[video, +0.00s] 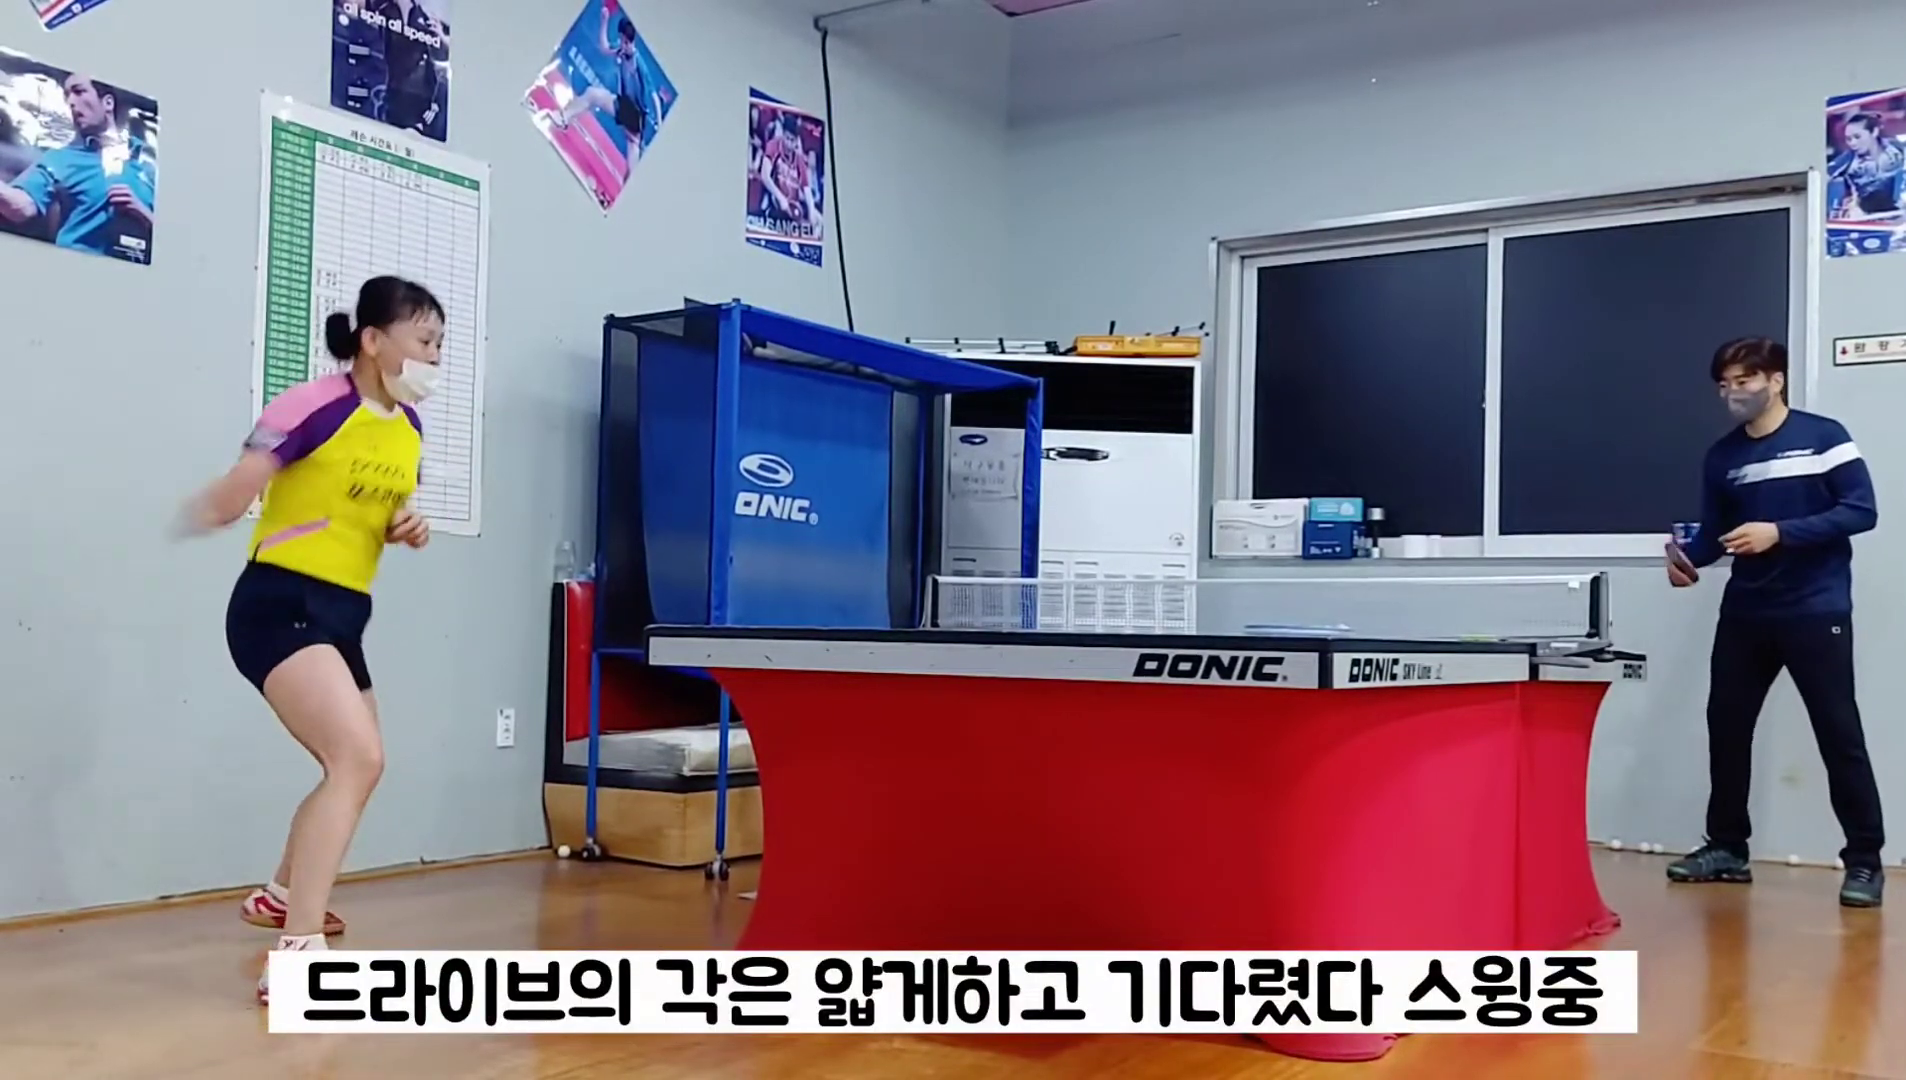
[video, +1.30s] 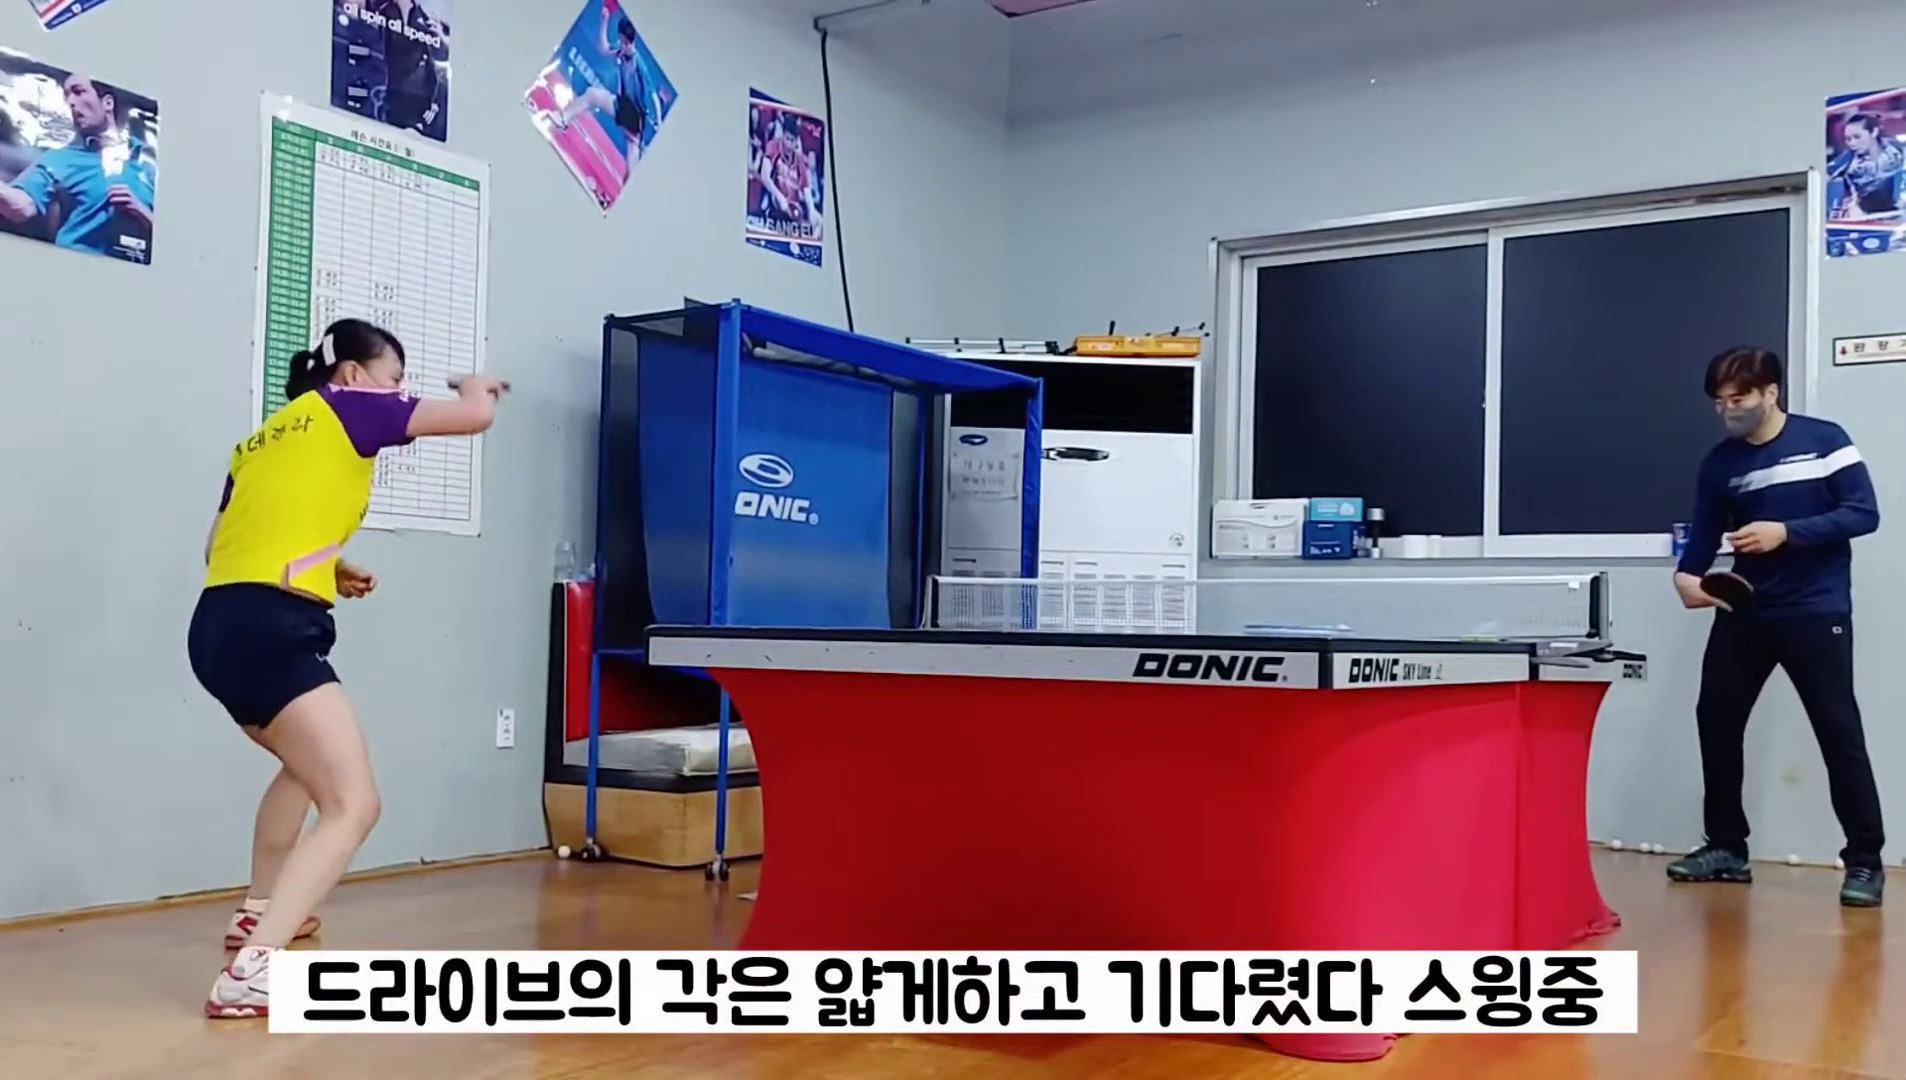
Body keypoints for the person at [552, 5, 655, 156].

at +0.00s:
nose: (622, 41)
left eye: (624, 39)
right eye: (621, 38)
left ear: (627, 39)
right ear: (621, 38)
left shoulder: (630, 55)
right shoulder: (621, 53)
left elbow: (631, 54)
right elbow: (604, 49)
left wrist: (628, 49)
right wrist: (604, 22)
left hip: (628, 107)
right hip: (637, 114)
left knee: (592, 94)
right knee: (633, 143)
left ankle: (563, 117)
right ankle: (630, 176)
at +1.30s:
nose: (622, 43)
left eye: (624, 40)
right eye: (622, 40)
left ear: (628, 41)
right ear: (622, 40)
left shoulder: (632, 56)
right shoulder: (621, 54)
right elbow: (604, 49)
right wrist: (604, 22)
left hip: (628, 109)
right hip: (636, 115)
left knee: (593, 94)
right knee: (632, 164)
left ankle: (563, 118)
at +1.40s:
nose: (621, 42)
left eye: (623, 39)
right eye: (621, 38)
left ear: (627, 39)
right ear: (623, 38)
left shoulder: (629, 53)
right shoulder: (623, 52)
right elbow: (604, 49)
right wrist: (604, 22)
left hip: (628, 109)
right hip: (637, 116)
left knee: (593, 94)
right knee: (633, 163)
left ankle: (564, 118)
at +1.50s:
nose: (622, 43)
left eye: (624, 40)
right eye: (621, 39)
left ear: (628, 41)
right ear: (622, 39)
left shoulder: (631, 55)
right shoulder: (623, 52)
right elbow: (604, 50)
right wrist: (604, 22)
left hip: (628, 109)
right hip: (637, 115)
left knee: (593, 94)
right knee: (632, 163)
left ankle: (563, 118)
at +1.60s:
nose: (621, 42)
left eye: (623, 39)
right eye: (621, 39)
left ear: (627, 40)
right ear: (625, 39)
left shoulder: (631, 55)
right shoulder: (623, 52)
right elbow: (604, 50)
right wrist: (604, 22)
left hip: (628, 108)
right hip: (636, 115)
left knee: (593, 94)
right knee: (633, 159)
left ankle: (563, 117)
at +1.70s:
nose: (621, 43)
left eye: (623, 40)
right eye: (621, 39)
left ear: (628, 40)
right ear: (624, 39)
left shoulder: (631, 55)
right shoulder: (624, 52)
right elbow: (605, 50)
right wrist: (604, 22)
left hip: (628, 108)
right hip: (637, 115)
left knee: (593, 94)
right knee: (632, 164)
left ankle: (563, 117)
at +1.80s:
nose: (621, 41)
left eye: (623, 38)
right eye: (621, 38)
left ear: (627, 40)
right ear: (623, 38)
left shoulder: (630, 54)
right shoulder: (623, 51)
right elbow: (604, 50)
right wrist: (604, 22)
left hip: (628, 108)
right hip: (637, 115)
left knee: (593, 94)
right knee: (633, 159)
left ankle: (564, 118)